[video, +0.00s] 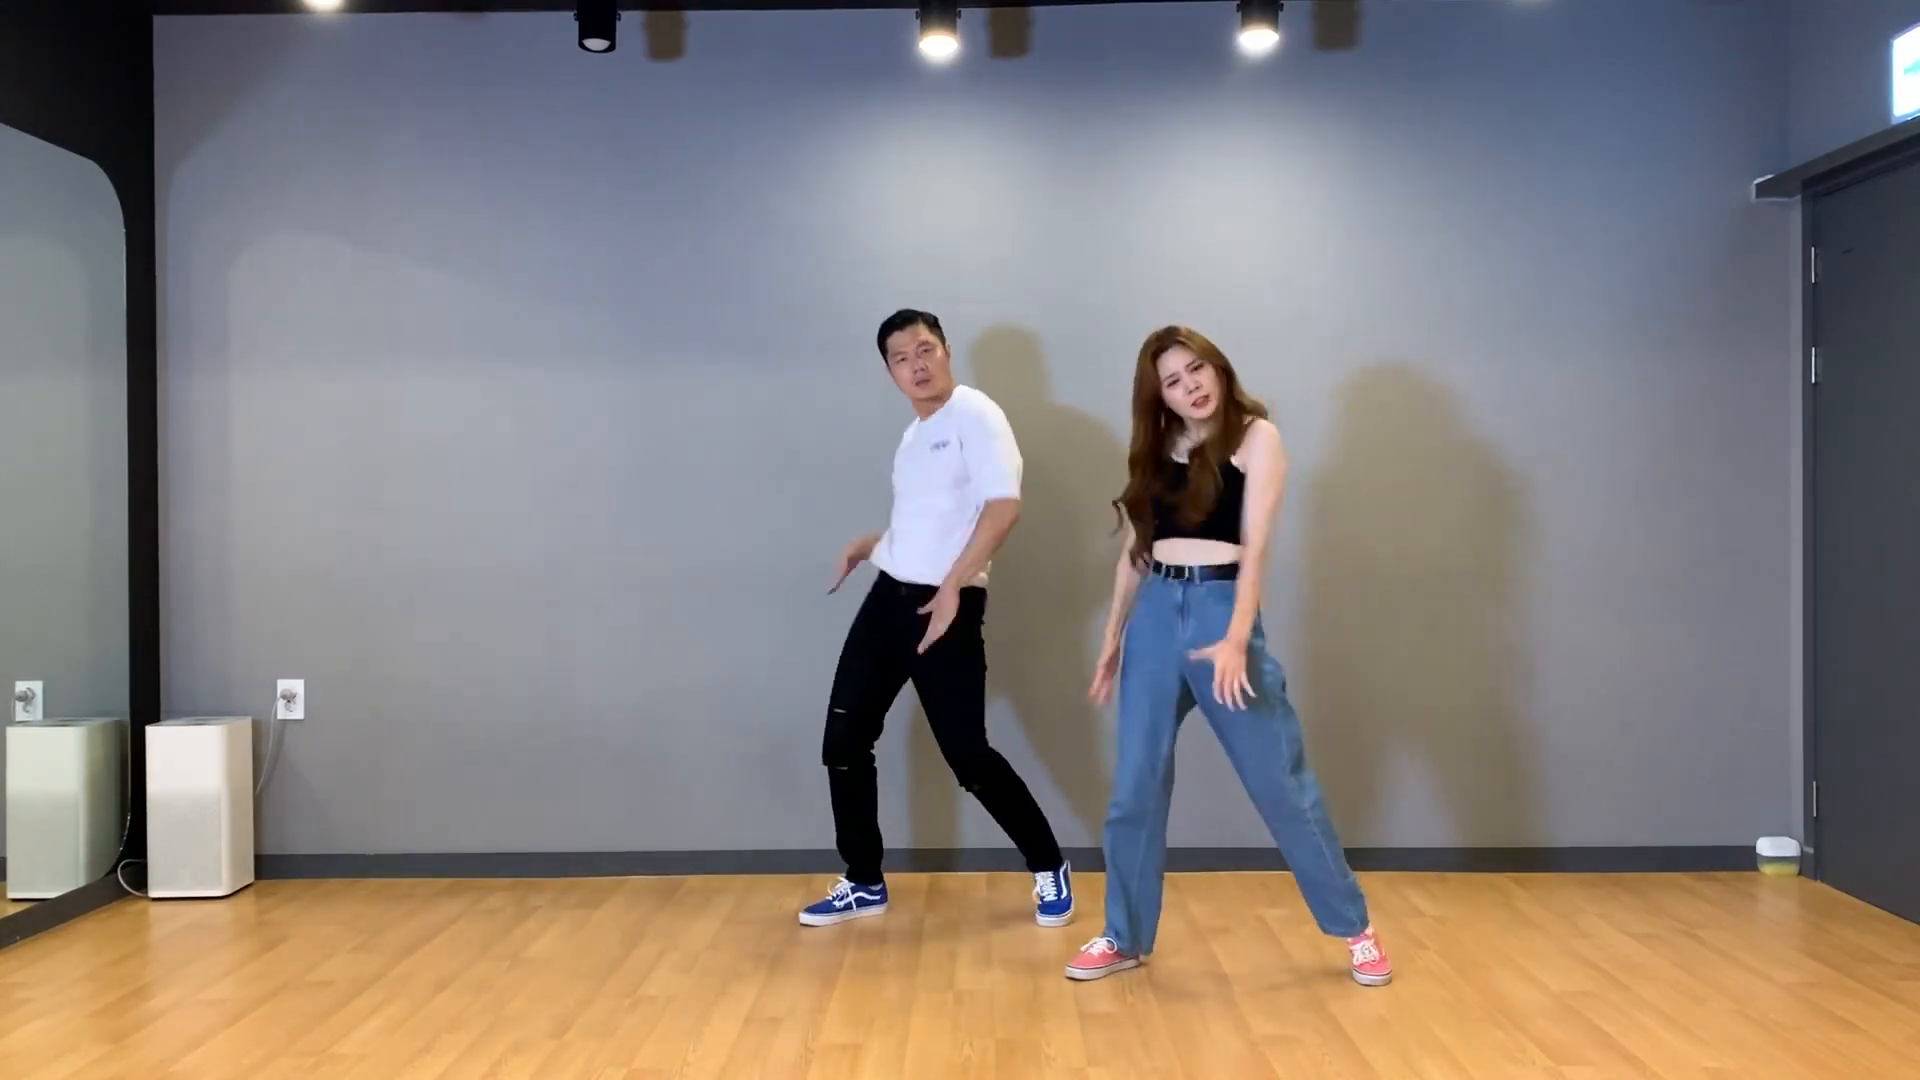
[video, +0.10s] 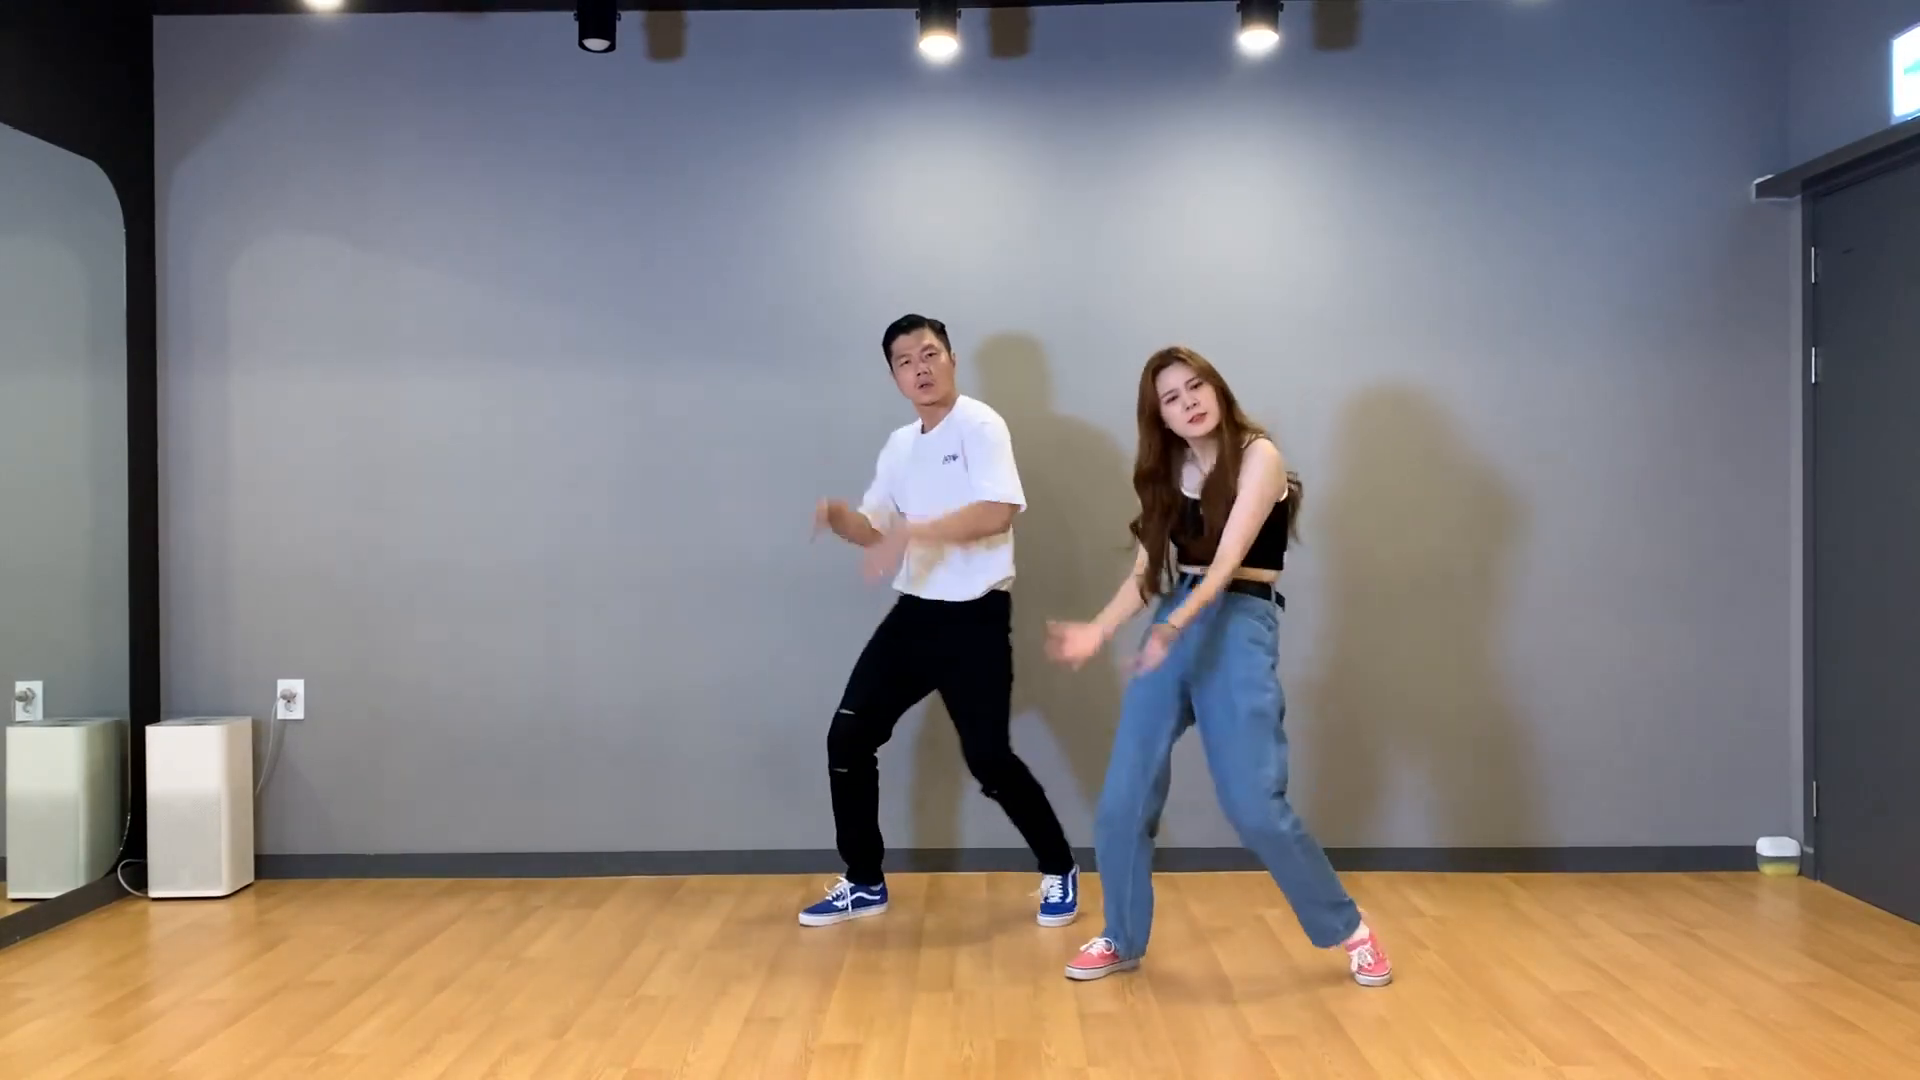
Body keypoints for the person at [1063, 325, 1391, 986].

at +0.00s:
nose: (1191, 385)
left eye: (1196, 368)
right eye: (1174, 381)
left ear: (1217, 368)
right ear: (1161, 396)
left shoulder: (1257, 439)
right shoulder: (1158, 450)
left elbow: (1254, 550)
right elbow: (1134, 553)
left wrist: (1236, 639)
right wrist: (1113, 639)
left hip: (1226, 612)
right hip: (1153, 613)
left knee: (1282, 781)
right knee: (1137, 781)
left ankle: (1355, 928)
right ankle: (1124, 935)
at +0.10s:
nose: (1189, 402)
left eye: (1195, 386)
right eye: (1172, 399)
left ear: (1217, 388)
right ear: (1161, 417)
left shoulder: (1259, 457)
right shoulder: (1169, 477)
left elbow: (1227, 562)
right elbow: (1147, 567)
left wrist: (1171, 628)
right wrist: (1098, 628)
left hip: (1237, 619)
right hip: (1167, 618)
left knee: (1254, 805)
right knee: (1126, 793)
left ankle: (1349, 929)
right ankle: (1122, 938)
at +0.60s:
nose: (1193, 413)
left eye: (1201, 396)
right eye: (1179, 408)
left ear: (1224, 398)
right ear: (1169, 422)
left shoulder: (1267, 457)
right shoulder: (1186, 473)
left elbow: (1197, 518)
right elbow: (1121, 529)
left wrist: (1168, 432)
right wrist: (1109, 442)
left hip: (1246, 626)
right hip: (1186, 623)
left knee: (1264, 805)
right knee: (1125, 790)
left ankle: (1365, 923)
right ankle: (1118, 937)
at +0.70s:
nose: (1185, 398)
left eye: (1194, 382)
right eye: (1171, 389)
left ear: (1222, 384)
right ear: (1162, 403)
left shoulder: (1257, 445)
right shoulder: (1163, 456)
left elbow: (1253, 473)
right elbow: (1064, 478)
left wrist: (1221, 422)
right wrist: (1104, 420)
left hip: (1256, 633)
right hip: (1190, 632)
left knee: (1300, 793)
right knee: (1136, 788)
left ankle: (1386, 933)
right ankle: (1119, 938)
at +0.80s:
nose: (1189, 390)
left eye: (1201, 377)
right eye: (1175, 381)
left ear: (1223, 385)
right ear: (1159, 394)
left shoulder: (1256, 446)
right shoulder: (1147, 447)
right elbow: (1054, 437)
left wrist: (1293, 456)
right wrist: (1094, 476)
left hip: (1265, 644)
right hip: (1190, 645)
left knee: (1316, 800)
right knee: (1138, 782)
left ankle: (1383, 934)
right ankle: (1125, 934)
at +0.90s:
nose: (1214, 387)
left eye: (1225, 373)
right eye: (1198, 378)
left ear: (1246, 380)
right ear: (1181, 392)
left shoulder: (1280, 429)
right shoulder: (1165, 459)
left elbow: (1350, 503)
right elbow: (1094, 539)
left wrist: (1308, 572)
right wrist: (1053, 629)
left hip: (1265, 636)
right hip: (1183, 634)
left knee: (1311, 793)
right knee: (1115, 776)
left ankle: (1335, 931)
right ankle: (1119, 932)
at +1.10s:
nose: (1233, 400)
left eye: (1245, 386)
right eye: (1219, 390)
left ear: (1265, 394)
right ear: (1203, 403)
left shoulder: (1286, 442)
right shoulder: (1183, 469)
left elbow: (1309, 530)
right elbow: (1154, 579)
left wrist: (1313, 609)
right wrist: (1165, 670)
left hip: (1271, 637)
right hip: (1194, 638)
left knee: (1323, 796)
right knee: (1130, 784)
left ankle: (1337, 935)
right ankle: (1071, 914)